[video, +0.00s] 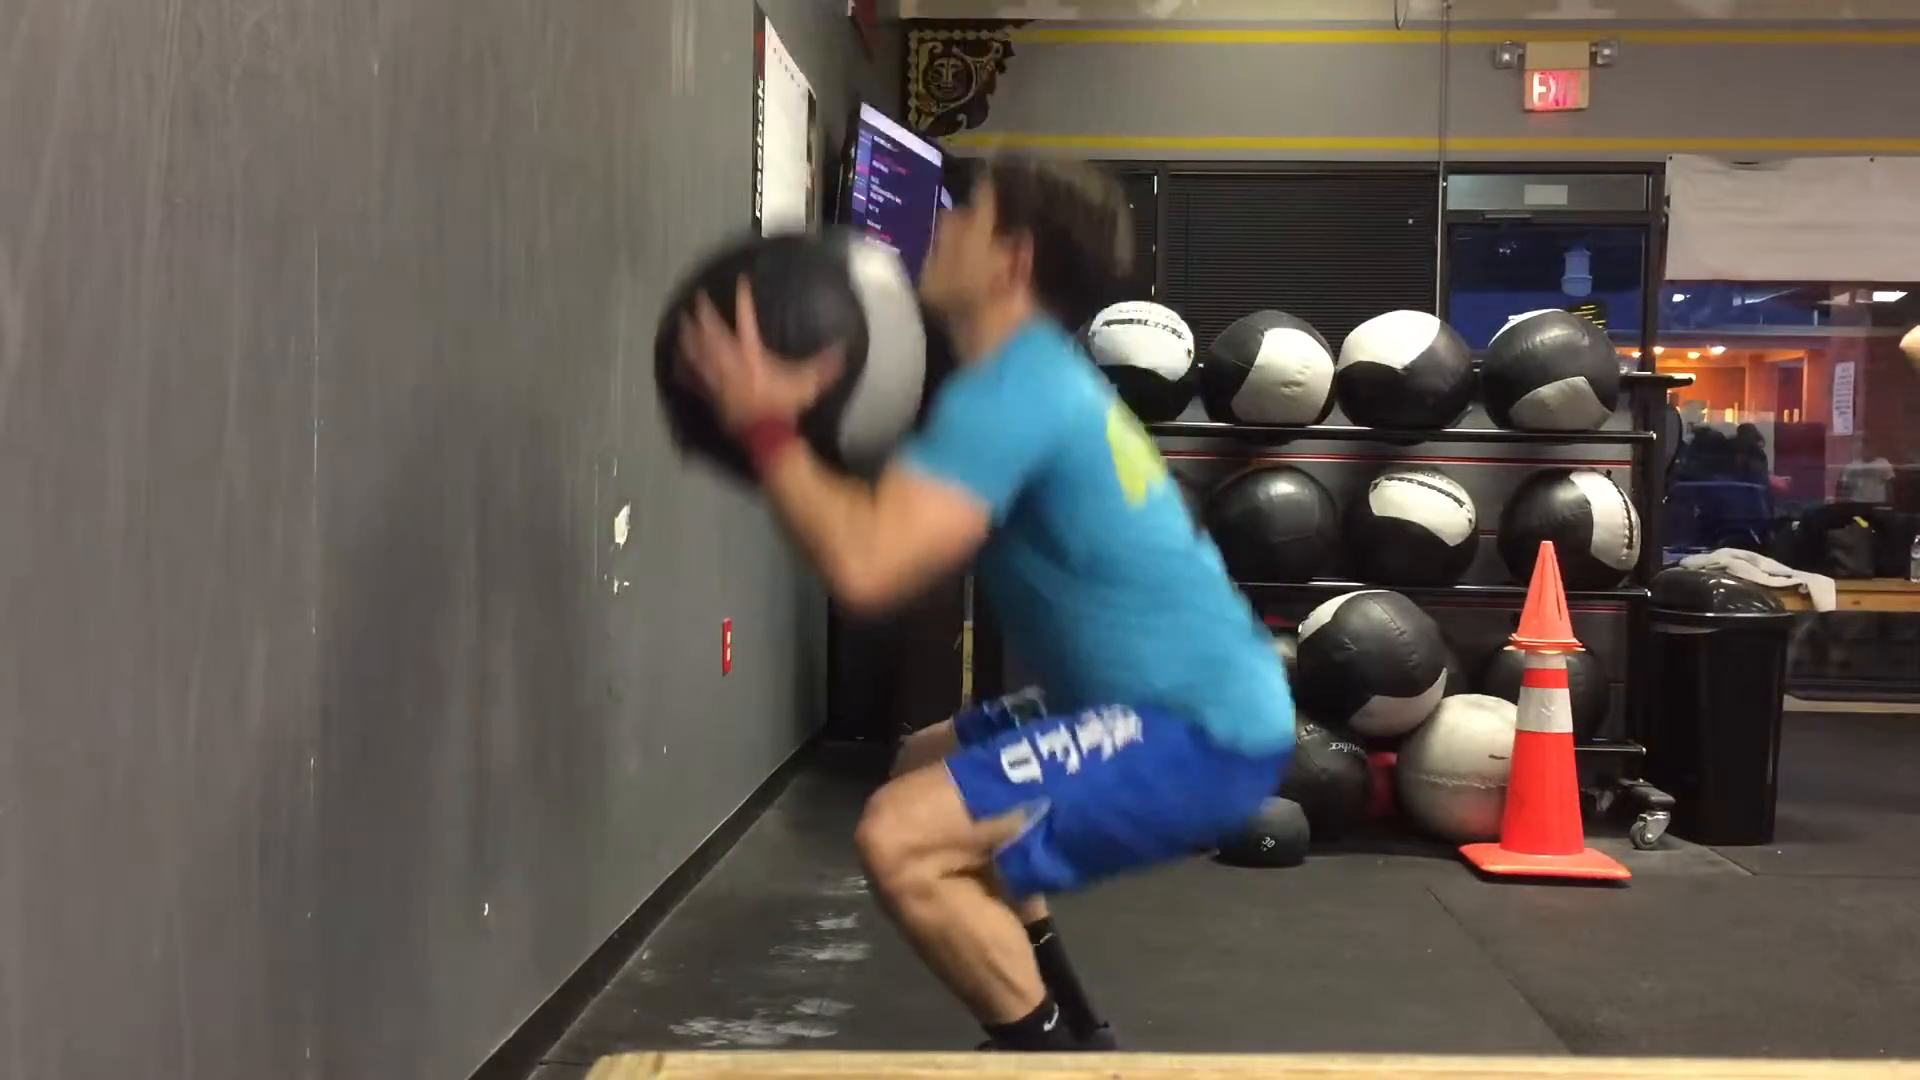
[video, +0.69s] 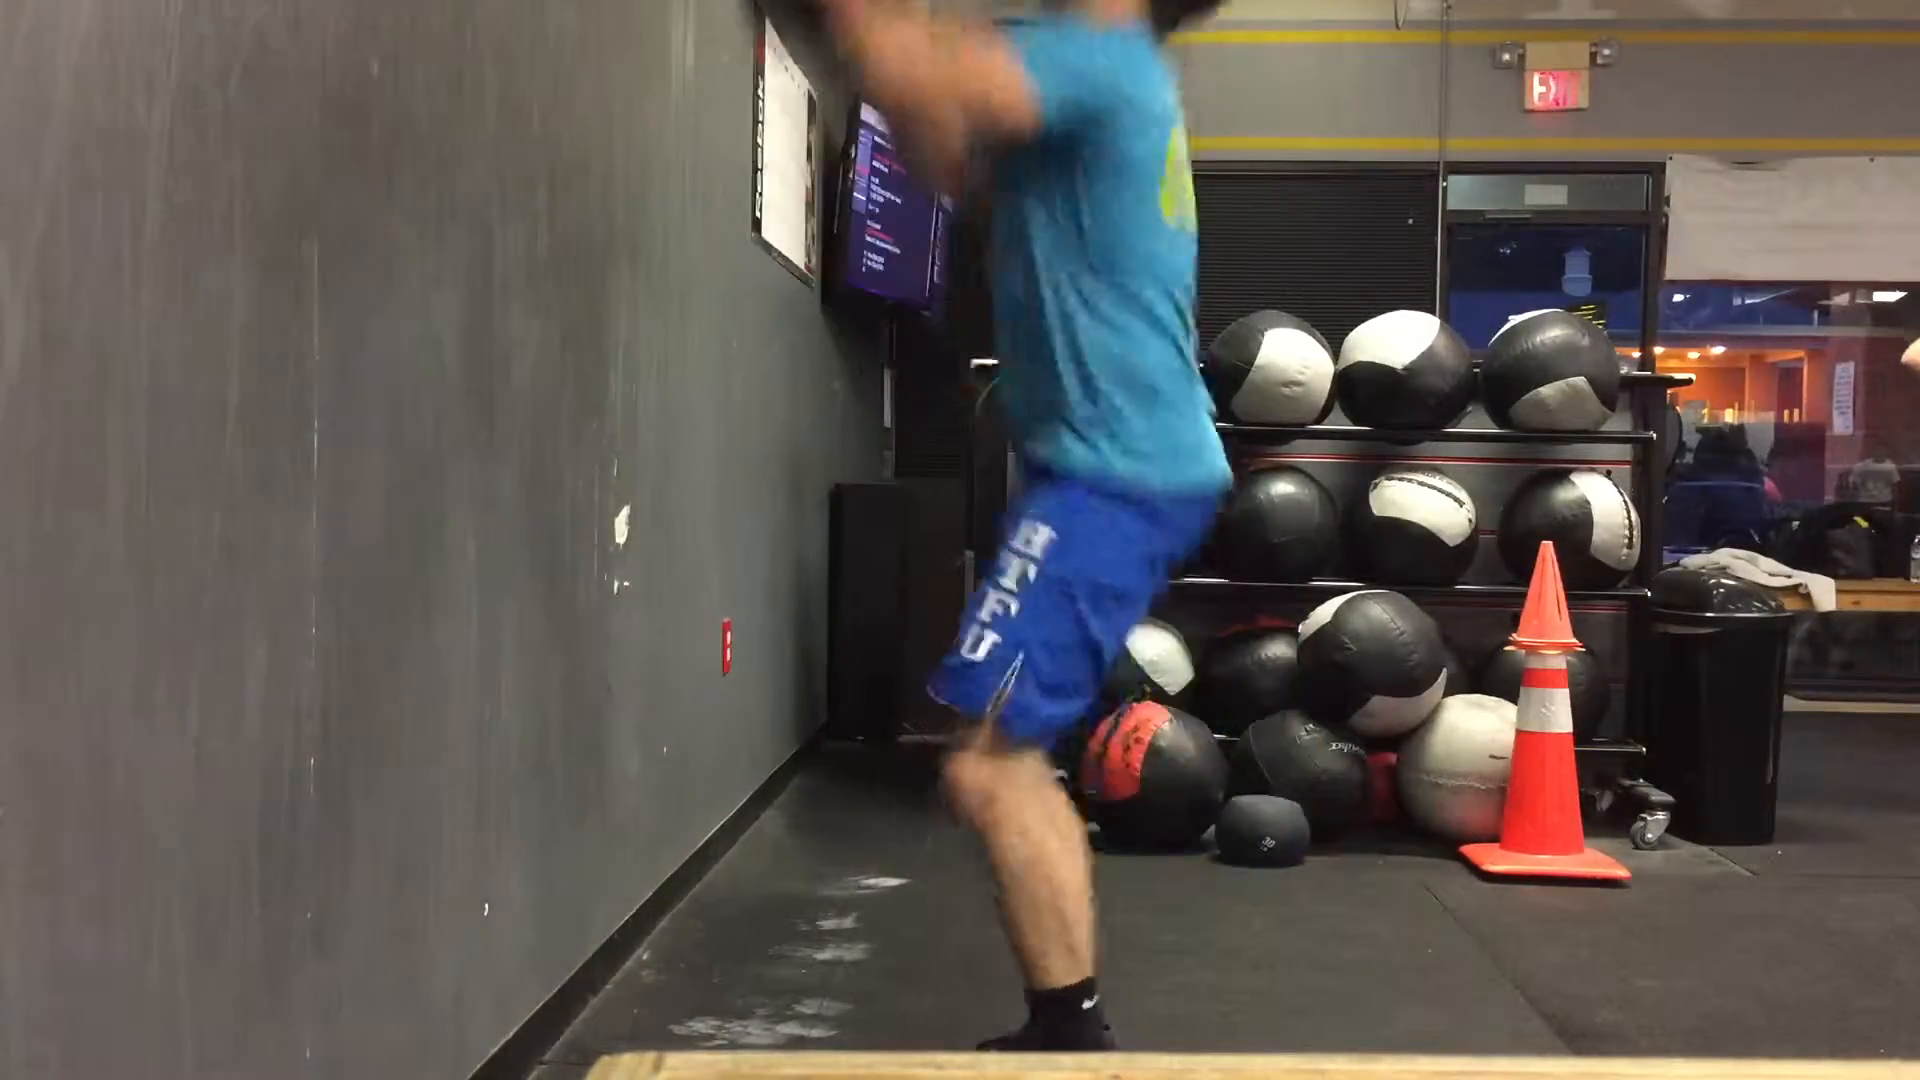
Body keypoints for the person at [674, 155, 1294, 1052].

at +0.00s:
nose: (940, 225)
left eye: (965, 214)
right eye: (956, 208)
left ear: (1013, 263)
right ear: (1015, 269)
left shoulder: (1018, 390)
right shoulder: (1028, 371)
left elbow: (869, 567)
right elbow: (891, 538)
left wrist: (766, 428)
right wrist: (781, 427)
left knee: (900, 841)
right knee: (924, 764)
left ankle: (1046, 1046)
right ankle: (1063, 1016)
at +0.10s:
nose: (929, 336)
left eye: (952, 323)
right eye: (943, 319)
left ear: (1004, 369)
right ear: (1004, 373)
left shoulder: (1010, 505)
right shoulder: (1026, 483)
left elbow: (867, 700)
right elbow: (889, 661)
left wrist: (762, 559)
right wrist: (782, 555)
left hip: (1190, 830)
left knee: (888, 853)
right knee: (911, 775)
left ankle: (1042, 1050)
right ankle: (1066, 1028)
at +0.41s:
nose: (939, 275)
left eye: (963, 261)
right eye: (953, 257)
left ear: (1019, 305)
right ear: (1018, 310)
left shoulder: (1029, 435)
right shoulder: (1048, 412)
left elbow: (900, 623)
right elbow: (911, 586)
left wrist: (783, 503)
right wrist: (789, 492)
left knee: (920, 826)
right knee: (947, 754)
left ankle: (1052, 1051)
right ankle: (1064, 1016)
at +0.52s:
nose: (966, 160)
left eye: (993, 148)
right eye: (982, 144)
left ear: (1044, 186)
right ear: (1045, 191)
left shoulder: (1052, 310)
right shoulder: (1069, 298)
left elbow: (909, 483)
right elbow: (926, 452)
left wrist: (806, 362)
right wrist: (825, 363)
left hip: (1207, 647)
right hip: (1167, 631)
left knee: (932, 816)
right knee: (961, 770)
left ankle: (1055, 1042)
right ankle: (1062, 1016)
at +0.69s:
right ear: (1149, 6)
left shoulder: (1108, 60)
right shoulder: (1101, 67)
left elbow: (941, 87)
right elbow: (953, 157)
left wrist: (858, 14)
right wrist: (891, 50)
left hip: (1119, 467)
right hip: (1101, 461)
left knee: (988, 762)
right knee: (1009, 756)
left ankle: (1068, 1028)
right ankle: (1065, 1021)